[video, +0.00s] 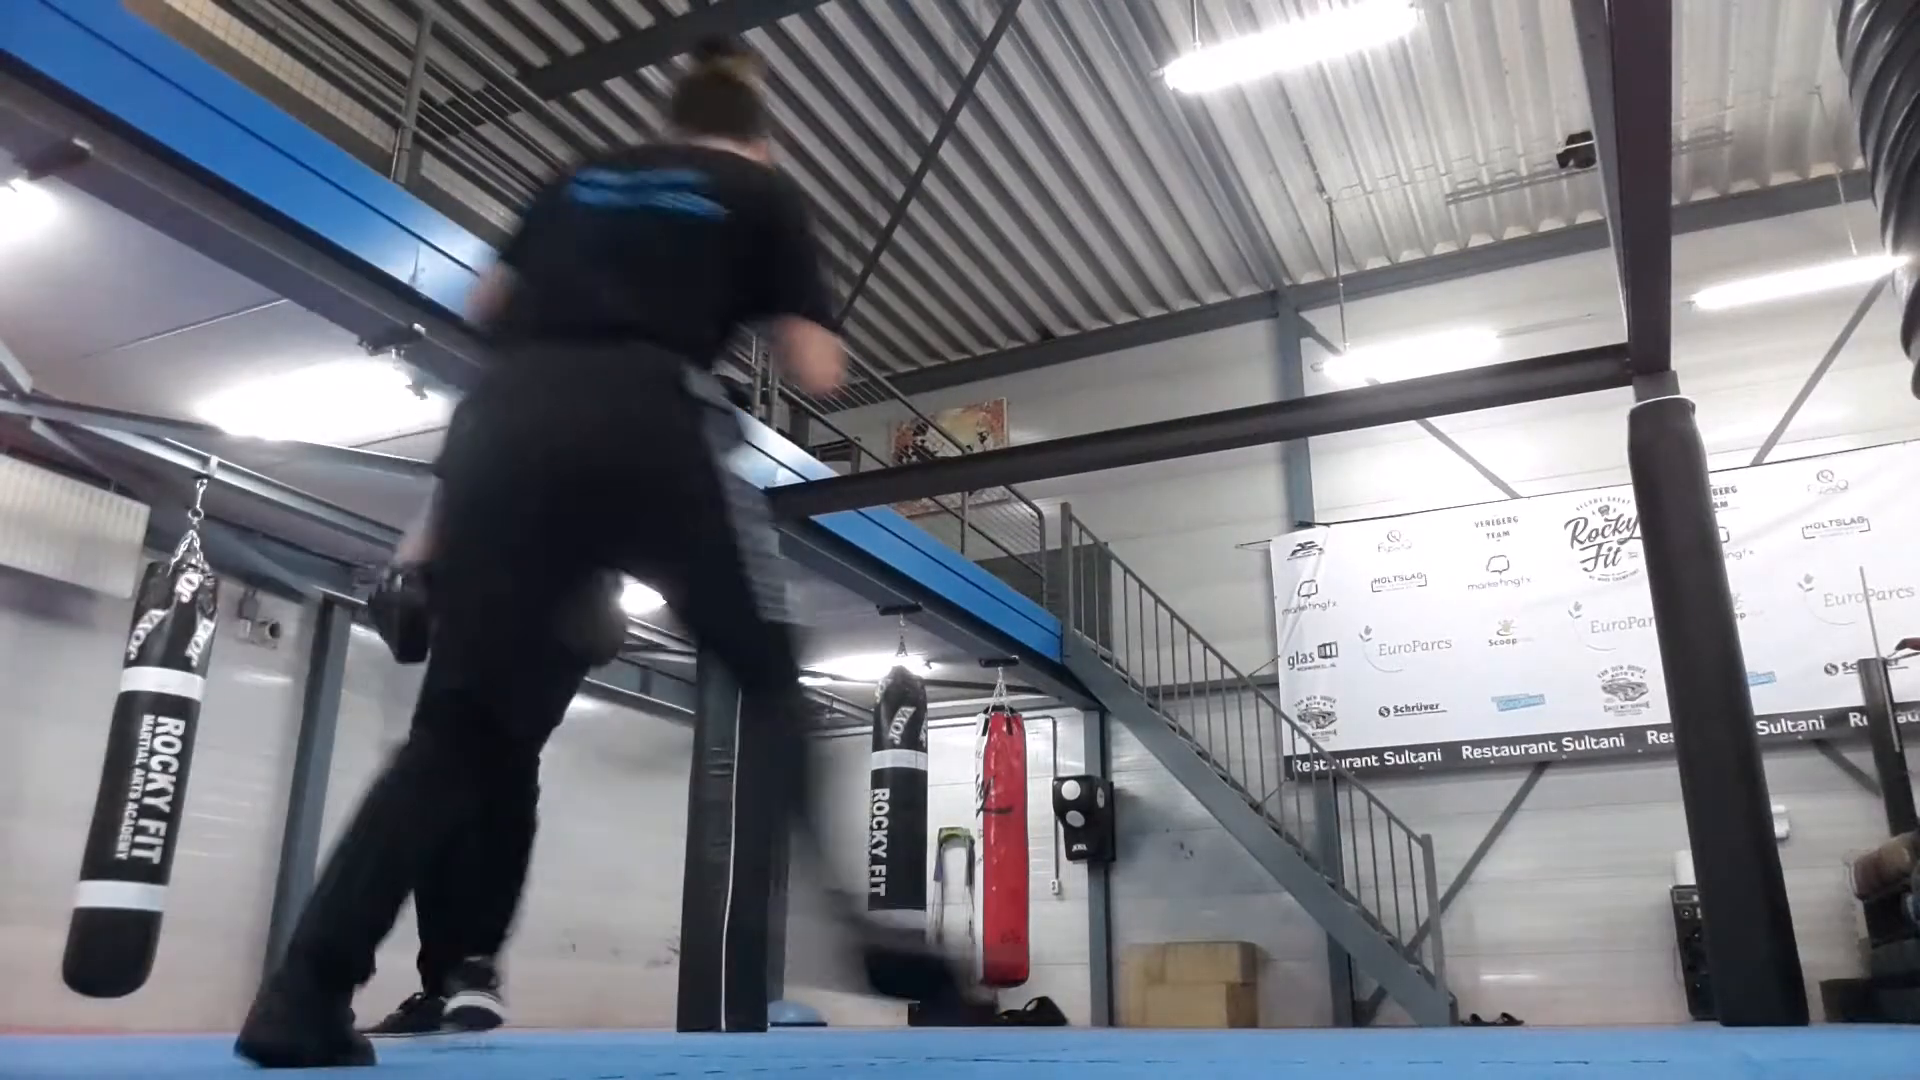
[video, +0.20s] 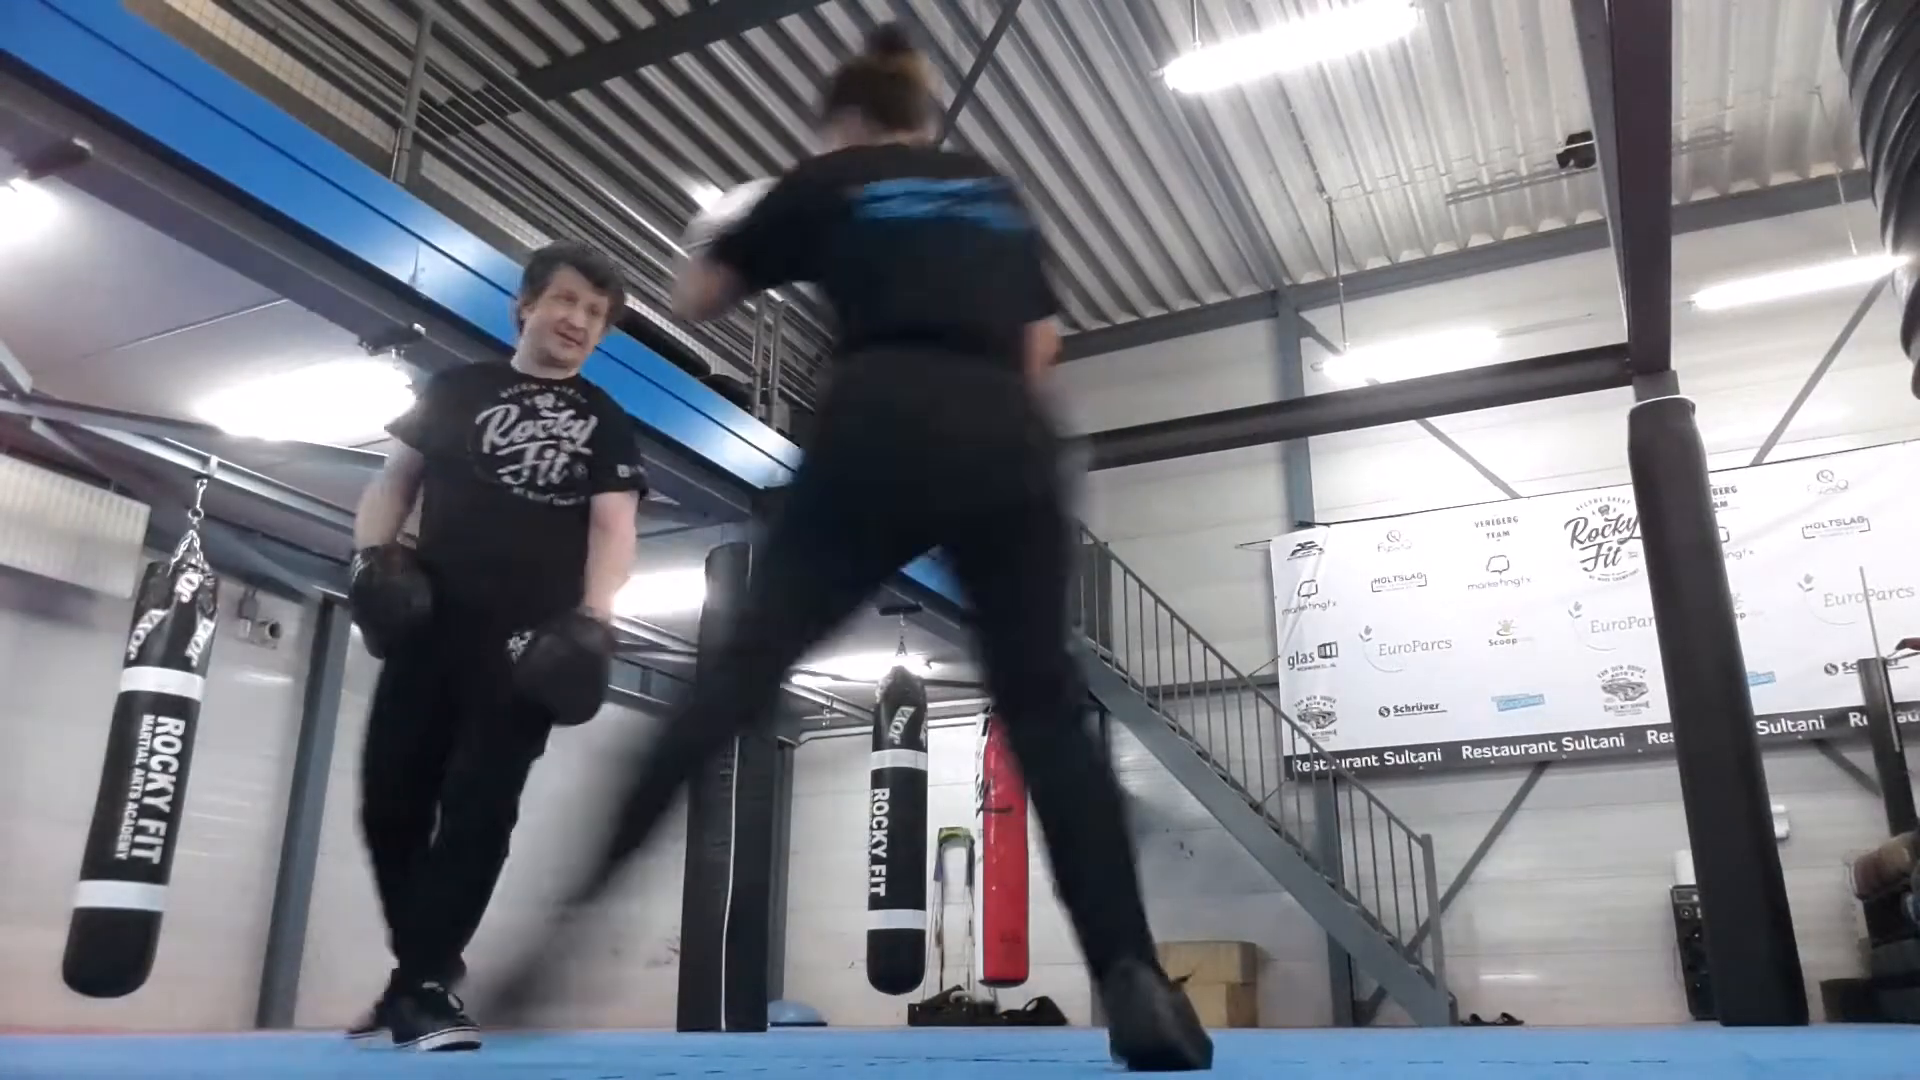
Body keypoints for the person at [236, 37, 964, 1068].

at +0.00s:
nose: (771, 161)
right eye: (770, 149)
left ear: (670, 123)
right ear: (757, 140)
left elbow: (486, 306)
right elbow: (815, 370)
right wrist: (801, 330)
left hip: (505, 419)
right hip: (640, 428)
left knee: (459, 729)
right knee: (767, 681)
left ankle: (297, 1005)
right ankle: (755, 979)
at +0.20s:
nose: (822, 145)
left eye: (823, 133)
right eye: (825, 135)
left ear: (843, 123)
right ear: (923, 120)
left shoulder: (825, 183)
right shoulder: (992, 190)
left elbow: (696, 297)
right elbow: (1041, 345)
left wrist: (744, 238)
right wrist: (994, 423)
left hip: (875, 447)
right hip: (1005, 456)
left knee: (733, 679)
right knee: (1044, 707)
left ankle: (558, 931)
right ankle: (1133, 980)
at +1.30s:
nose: (1363, 337)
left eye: (1370, 319)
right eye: (1361, 323)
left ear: (1417, 309)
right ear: (1420, 315)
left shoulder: (1452, 373)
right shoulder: (1449, 384)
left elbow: (1485, 460)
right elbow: (1438, 473)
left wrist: (1385, 457)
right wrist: (1374, 449)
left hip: (1509, 586)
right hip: (1547, 588)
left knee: (1404, 744)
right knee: (1563, 789)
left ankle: (1447, 956)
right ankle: (1656, 978)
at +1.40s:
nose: (1350, 317)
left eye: (1356, 298)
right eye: (1346, 303)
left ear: (1407, 283)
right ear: (1415, 290)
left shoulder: (1425, 333)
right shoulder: (1461, 350)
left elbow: (1443, 420)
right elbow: (1423, 468)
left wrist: (1352, 415)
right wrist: (1348, 433)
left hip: (1486, 553)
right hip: (1545, 551)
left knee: (1422, 750)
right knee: (1552, 765)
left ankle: (1402, 964)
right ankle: (1655, 958)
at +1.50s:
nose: (1349, 325)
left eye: (1355, 306)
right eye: (1346, 310)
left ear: (1403, 295)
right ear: (1421, 304)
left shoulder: (1412, 351)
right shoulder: (1470, 366)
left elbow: (1383, 430)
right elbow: (1417, 449)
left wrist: (1314, 419)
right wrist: (1333, 411)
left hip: (1470, 577)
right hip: (1532, 576)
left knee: (1406, 780)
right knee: (1529, 788)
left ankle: (1409, 996)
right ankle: (1701, 945)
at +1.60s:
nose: (1354, 348)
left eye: (1361, 330)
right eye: (1352, 334)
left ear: (1410, 323)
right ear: (1424, 329)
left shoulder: (1418, 383)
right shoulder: (1479, 391)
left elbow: (1359, 454)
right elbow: (1424, 481)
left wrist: (1295, 425)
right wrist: (1335, 424)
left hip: (1470, 600)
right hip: (1537, 605)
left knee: (1385, 802)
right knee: (1536, 823)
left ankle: (1410, 1001)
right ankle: (1731, 972)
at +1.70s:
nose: (1374, 341)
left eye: (1381, 323)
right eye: (1372, 327)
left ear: (1428, 311)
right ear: (1443, 317)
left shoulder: (1440, 371)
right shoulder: (1495, 383)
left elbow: (1406, 451)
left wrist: (1338, 427)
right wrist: (1359, 425)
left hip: (1478, 589)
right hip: (1548, 593)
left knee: (1414, 789)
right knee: (1575, 793)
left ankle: (1411, 991)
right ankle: (1740, 969)